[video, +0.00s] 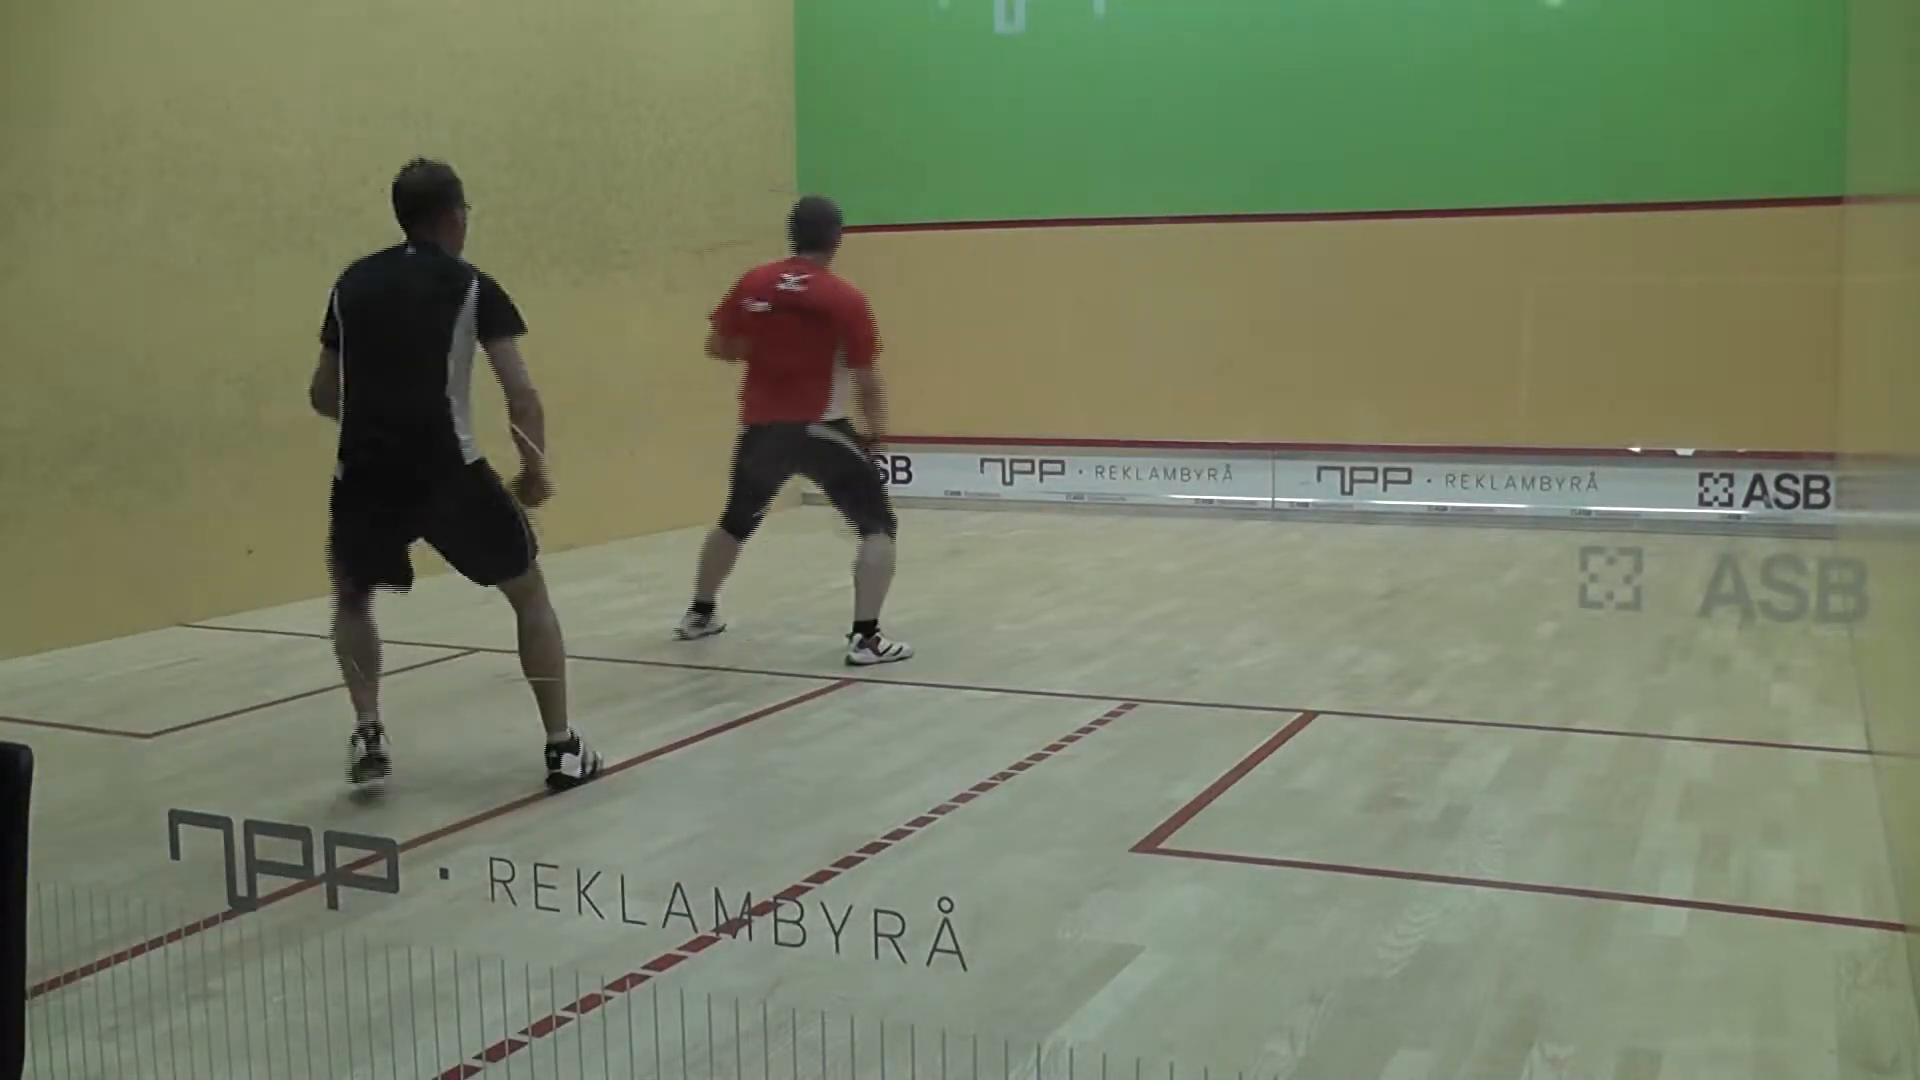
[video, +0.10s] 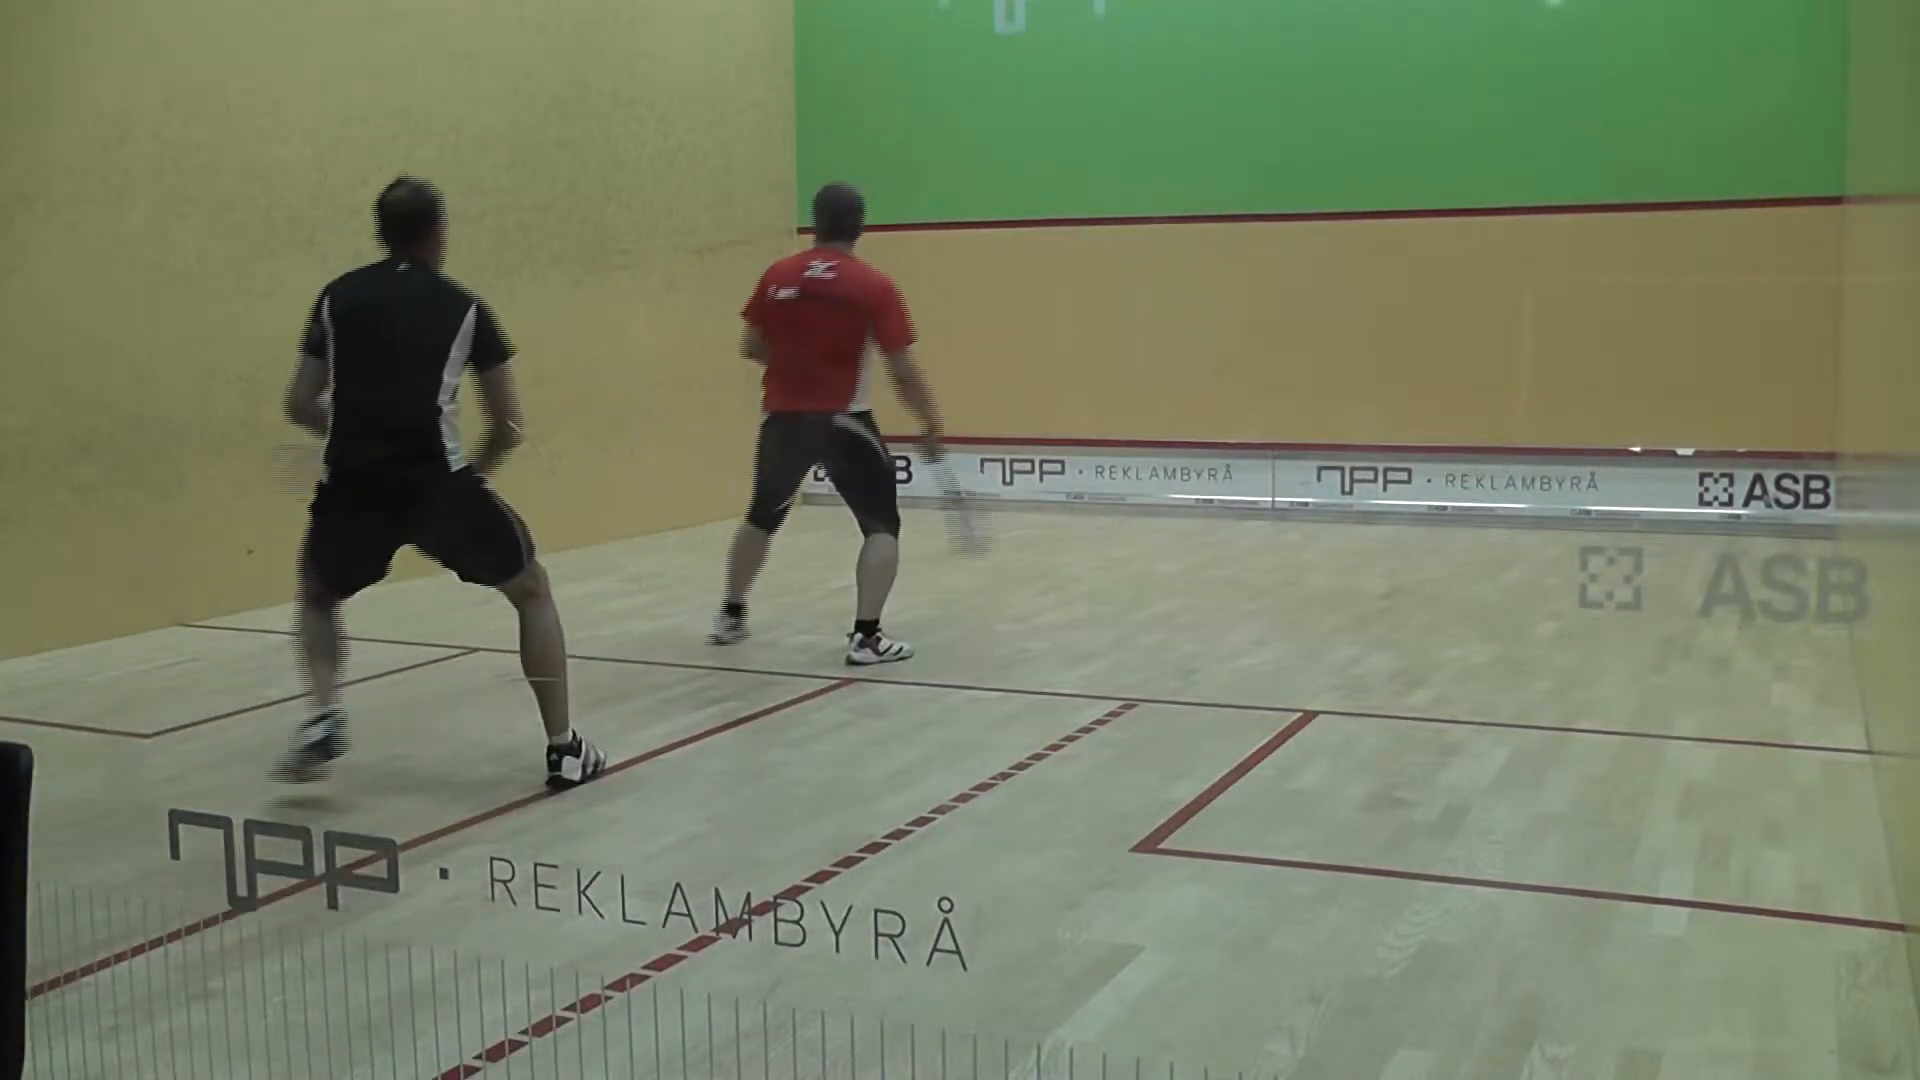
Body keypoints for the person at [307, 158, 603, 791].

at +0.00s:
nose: (467, 221)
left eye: (463, 212)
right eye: (464, 212)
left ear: (402, 221)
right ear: (453, 217)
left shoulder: (353, 282)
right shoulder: (473, 288)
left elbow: (324, 394)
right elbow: (520, 394)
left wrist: (377, 414)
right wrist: (534, 468)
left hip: (367, 480)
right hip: (450, 476)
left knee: (352, 597)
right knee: (530, 598)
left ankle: (368, 734)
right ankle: (562, 745)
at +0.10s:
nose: (443, 237)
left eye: (438, 228)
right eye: (442, 229)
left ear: (381, 235)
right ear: (437, 234)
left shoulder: (338, 298)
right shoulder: (465, 309)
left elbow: (301, 404)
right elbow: (508, 426)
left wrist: (349, 428)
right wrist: (471, 474)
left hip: (354, 494)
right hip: (439, 492)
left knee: (317, 596)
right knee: (531, 592)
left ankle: (325, 716)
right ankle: (563, 746)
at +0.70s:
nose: (230, 237)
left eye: (226, 229)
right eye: (227, 229)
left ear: (166, 233)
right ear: (218, 231)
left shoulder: (142, 266)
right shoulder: (251, 281)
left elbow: (105, 332)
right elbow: (231, 389)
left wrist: (88, 441)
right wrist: (150, 458)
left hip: (188, 438)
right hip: (265, 435)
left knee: (172, 599)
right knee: (252, 578)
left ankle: (209, 743)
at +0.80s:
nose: (235, 236)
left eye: (233, 226)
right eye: (232, 226)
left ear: (173, 228)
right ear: (216, 225)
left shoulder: (140, 264)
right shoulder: (253, 286)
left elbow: (96, 333)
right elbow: (251, 374)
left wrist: (75, 439)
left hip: (168, 445)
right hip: (243, 448)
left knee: (137, 596)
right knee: (205, 590)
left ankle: (196, 731)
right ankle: (163, 732)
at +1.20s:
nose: (242, 210)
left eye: (242, 198)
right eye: (235, 198)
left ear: (181, 202)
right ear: (209, 202)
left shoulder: (130, 258)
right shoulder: (236, 265)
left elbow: (93, 361)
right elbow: (288, 365)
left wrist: (117, 424)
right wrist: (331, 432)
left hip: (132, 451)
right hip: (209, 449)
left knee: (117, 594)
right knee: (281, 550)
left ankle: (85, 747)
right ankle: (248, 694)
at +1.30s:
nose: (268, 204)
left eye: (268, 192)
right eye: (262, 192)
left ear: (211, 195)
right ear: (234, 193)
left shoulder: (162, 254)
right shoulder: (253, 254)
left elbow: (128, 356)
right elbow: (286, 354)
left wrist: (161, 418)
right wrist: (343, 425)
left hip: (163, 444)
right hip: (235, 441)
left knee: (139, 586)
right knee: (297, 563)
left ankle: (86, 735)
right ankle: (287, 712)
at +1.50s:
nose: (312, 198)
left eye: (311, 186)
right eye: (304, 185)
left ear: (256, 190)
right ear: (273, 187)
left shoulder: (209, 243)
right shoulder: (278, 243)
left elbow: (198, 347)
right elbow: (277, 338)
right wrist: (331, 423)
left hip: (197, 434)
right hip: (256, 431)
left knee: (208, 574)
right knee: (336, 550)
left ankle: (145, 714)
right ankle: (301, 701)